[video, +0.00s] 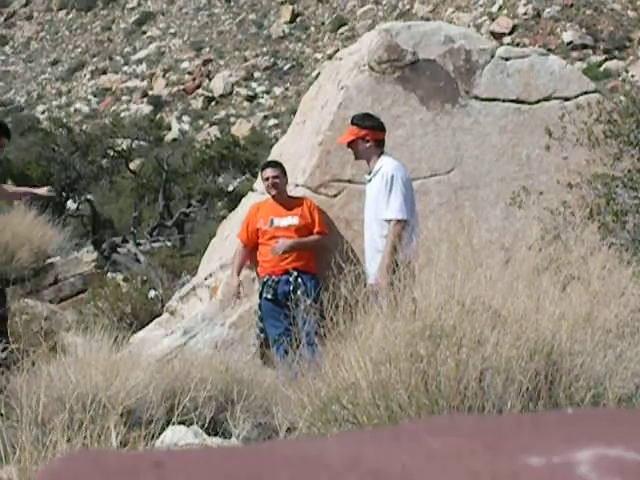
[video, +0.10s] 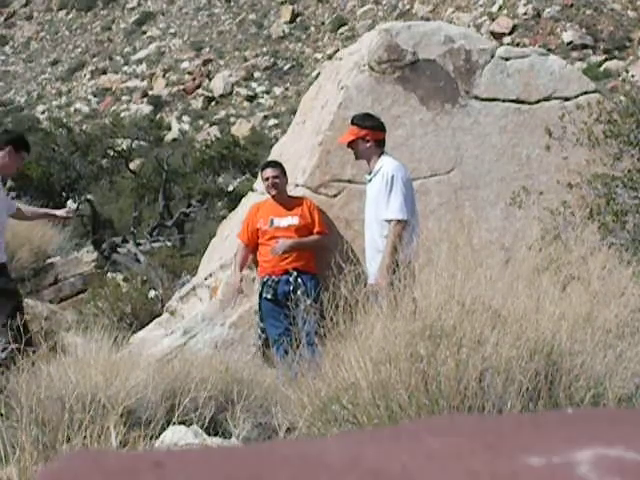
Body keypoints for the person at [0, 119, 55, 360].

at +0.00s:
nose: (4, 150)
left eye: (5, 145)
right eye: (4, 145)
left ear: (7, 143)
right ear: (3, 142)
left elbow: (6, 191)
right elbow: (5, 191)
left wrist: (34, 191)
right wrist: (35, 192)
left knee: (3, 296)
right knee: (2, 299)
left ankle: (5, 343)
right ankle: (4, 343)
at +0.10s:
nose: (20, 168)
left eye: (23, 163)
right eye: (20, 161)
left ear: (8, 154)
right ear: (7, 152)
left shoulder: (3, 190)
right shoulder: (3, 190)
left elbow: (17, 212)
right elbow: (17, 212)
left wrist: (54, 214)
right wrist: (54, 215)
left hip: (2, 264)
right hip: (1, 264)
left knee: (12, 308)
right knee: (11, 308)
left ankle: (23, 352)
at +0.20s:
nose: (33, 164)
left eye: (35, 159)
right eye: (31, 157)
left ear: (17, 152)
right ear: (17, 151)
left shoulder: (9, 184)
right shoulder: (5, 183)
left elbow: (34, 218)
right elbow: (34, 218)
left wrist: (68, 220)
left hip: (16, 266)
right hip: (8, 266)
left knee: (33, 327)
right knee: (32, 328)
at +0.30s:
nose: (40, 154)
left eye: (40, 148)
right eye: (36, 148)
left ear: (21, 148)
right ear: (20, 147)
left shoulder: (17, 180)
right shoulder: (14, 182)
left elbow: (52, 212)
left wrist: (85, 211)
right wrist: (88, 213)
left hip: (24, 262)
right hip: (28, 263)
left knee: (50, 318)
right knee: (55, 321)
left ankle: (58, 366)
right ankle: (10, 359)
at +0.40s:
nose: (46, 141)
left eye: (46, 135)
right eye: (41, 135)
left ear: (28, 137)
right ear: (25, 138)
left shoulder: (37, 172)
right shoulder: (21, 169)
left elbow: (72, 191)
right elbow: (6, 208)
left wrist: (110, 191)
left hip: (42, 251)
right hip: (38, 253)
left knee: (50, 307)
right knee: (80, 300)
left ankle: (55, 362)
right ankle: (32, 344)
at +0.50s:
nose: (58, 131)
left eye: (58, 126)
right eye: (54, 126)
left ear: (42, 127)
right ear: (36, 126)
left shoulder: (55, 157)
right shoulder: (30, 157)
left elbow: (88, 172)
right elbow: (7, 188)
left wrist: (125, 173)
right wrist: (20, 197)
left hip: (51, 237)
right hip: (52, 238)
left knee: (60, 294)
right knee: (93, 288)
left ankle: (54, 346)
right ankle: (72, 342)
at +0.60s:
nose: (77, 132)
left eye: (77, 126)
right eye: (72, 127)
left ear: (60, 127)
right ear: (56, 126)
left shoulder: (71, 152)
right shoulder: (44, 153)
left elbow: (102, 169)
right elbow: (18, 184)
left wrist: (132, 172)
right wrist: (30, 181)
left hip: (74, 231)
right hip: (68, 235)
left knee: (82, 291)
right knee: (96, 291)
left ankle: (68, 347)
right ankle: (105, 347)